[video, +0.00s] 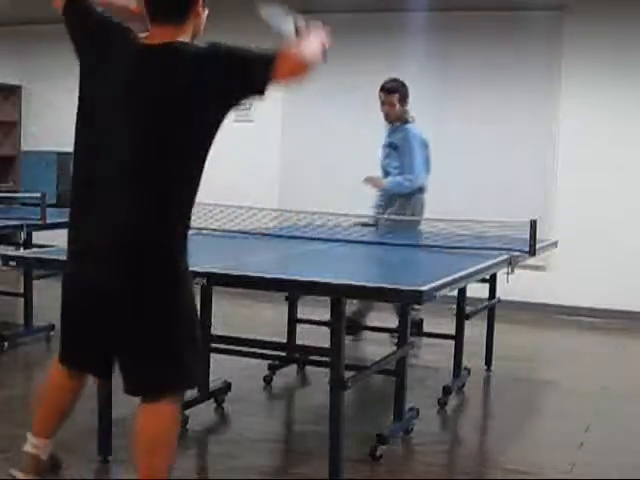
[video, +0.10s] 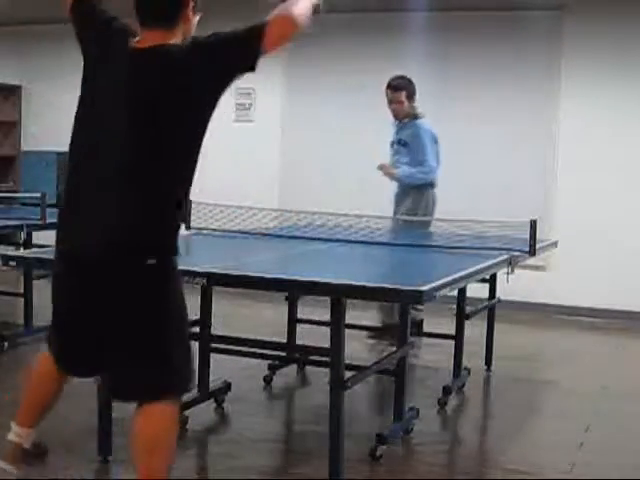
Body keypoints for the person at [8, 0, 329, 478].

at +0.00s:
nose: (205, 13)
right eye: (204, 8)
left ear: (142, 12)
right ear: (200, 12)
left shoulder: (105, 46)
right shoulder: (212, 65)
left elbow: (66, 1)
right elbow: (294, 62)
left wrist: (122, 11)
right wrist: (312, 38)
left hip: (89, 246)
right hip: (155, 254)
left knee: (72, 359)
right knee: (161, 389)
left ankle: (32, 458)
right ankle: (150, 474)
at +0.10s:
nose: (196, 16)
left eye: (195, 11)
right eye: (196, 11)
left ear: (136, 15)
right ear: (190, 12)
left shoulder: (106, 46)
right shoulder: (198, 60)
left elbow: (76, 2)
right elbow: (284, 24)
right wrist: (305, 6)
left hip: (78, 243)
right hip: (144, 250)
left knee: (62, 349)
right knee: (161, 388)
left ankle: (18, 440)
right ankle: (152, 476)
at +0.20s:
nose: (182, 32)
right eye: (181, 25)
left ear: (125, 24)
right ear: (176, 26)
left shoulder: (96, 64)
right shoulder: (182, 72)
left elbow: (94, 23)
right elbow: (270, 37)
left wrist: (115, 0)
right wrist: (292, 7)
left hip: (60, 251)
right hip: (125, 260)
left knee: (48, 347)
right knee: (161, 389)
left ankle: (5, 432)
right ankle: (150, 475)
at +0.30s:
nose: (165, 59)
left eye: (164, 51)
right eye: (166, 51)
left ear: (111, 51)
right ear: (158, 54)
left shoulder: (78, 93)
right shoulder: (165, 103)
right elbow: (246, 98)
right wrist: (266, 54)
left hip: (36, 262)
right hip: (99, 272)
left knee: (40, 354)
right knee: (165, 387)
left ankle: (1, 442)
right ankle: (147, 473)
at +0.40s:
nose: (151, 100)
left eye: (151, 92)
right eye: (151, 92)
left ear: (97, 91)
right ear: (141, 94)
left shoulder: (58, 135)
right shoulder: (144, 146)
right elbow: (222, 167)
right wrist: (231, 127)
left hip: (21, 292)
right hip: (86, 302)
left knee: (30, 364)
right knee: (167, 389)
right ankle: (150, 475)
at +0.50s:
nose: (147, 123)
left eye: (147, 114)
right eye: (147, 114)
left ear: (92, 111)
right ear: (135, 114)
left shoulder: (46, 147)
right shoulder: (142, 167)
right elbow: (199, 218)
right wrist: (207, 185)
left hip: (12, 296)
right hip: (77, 305)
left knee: (26, 366)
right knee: (165, 392)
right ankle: (148, 474)